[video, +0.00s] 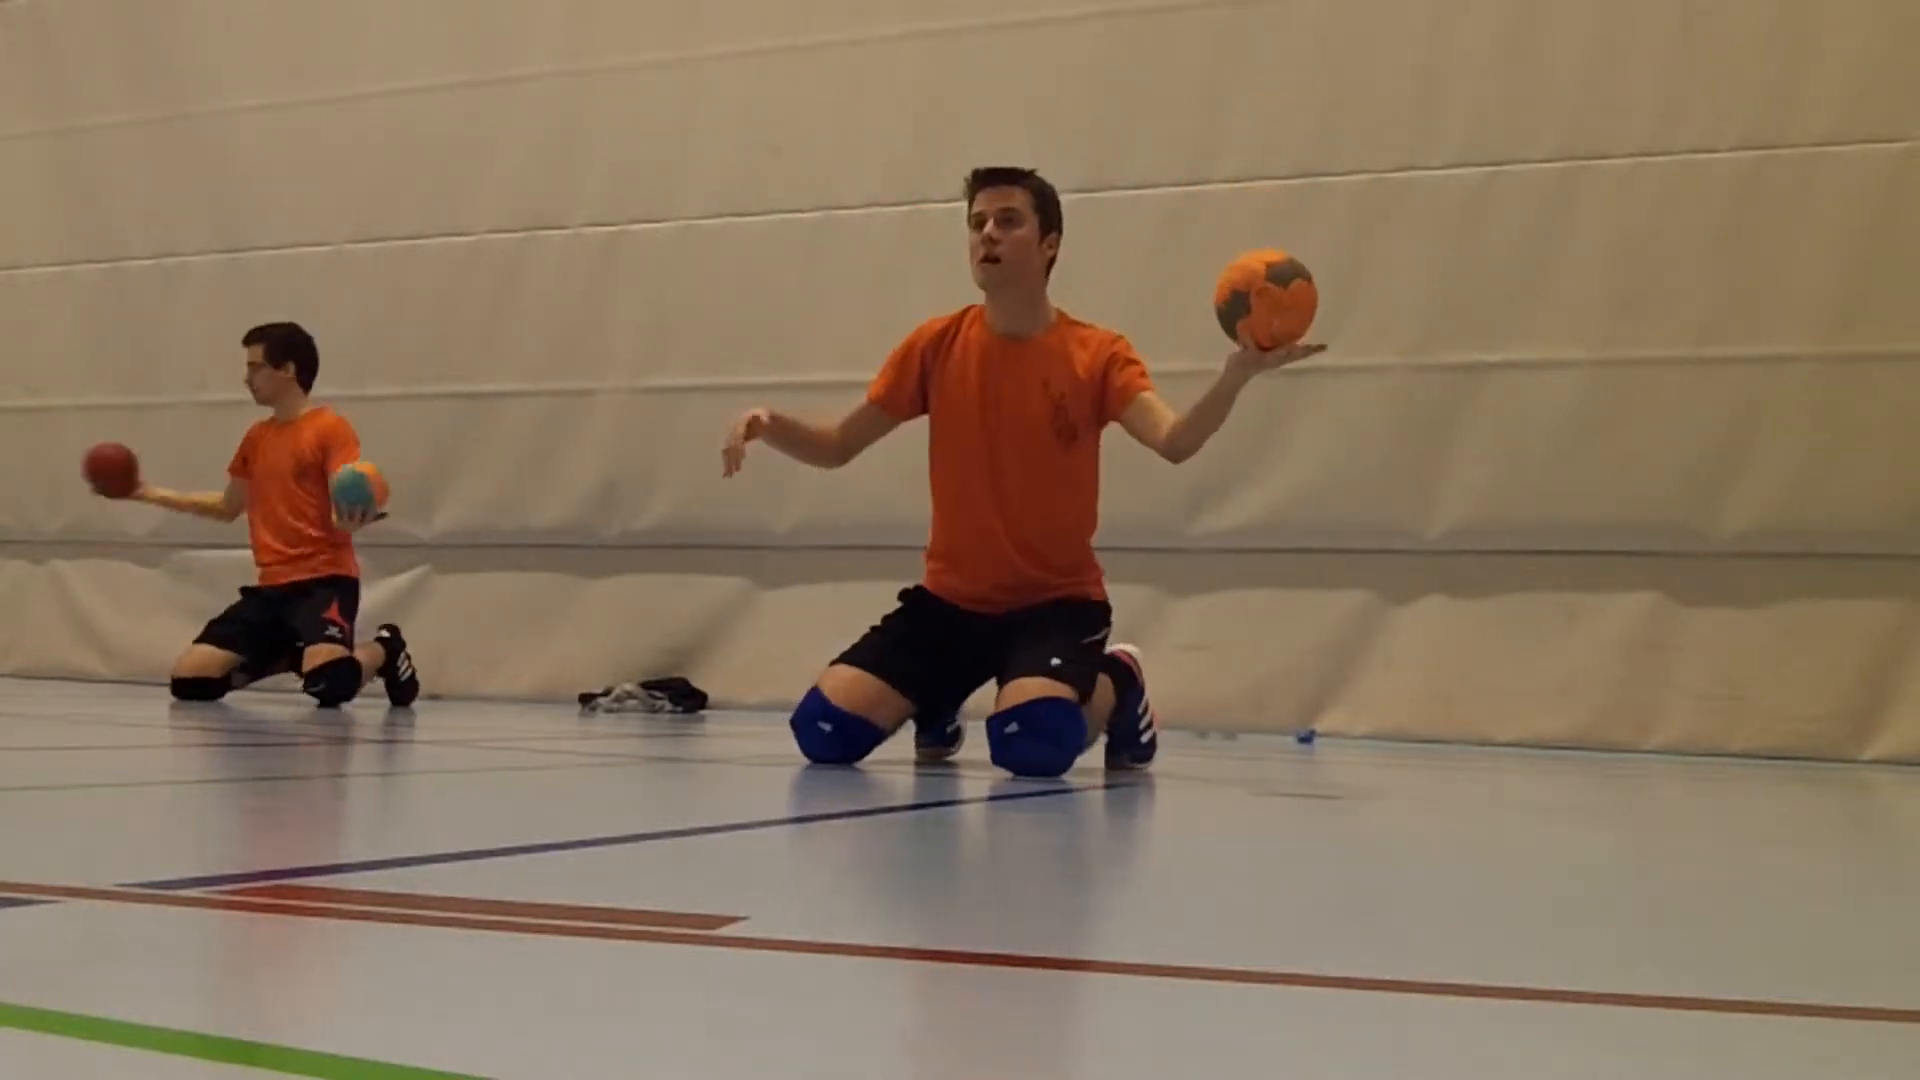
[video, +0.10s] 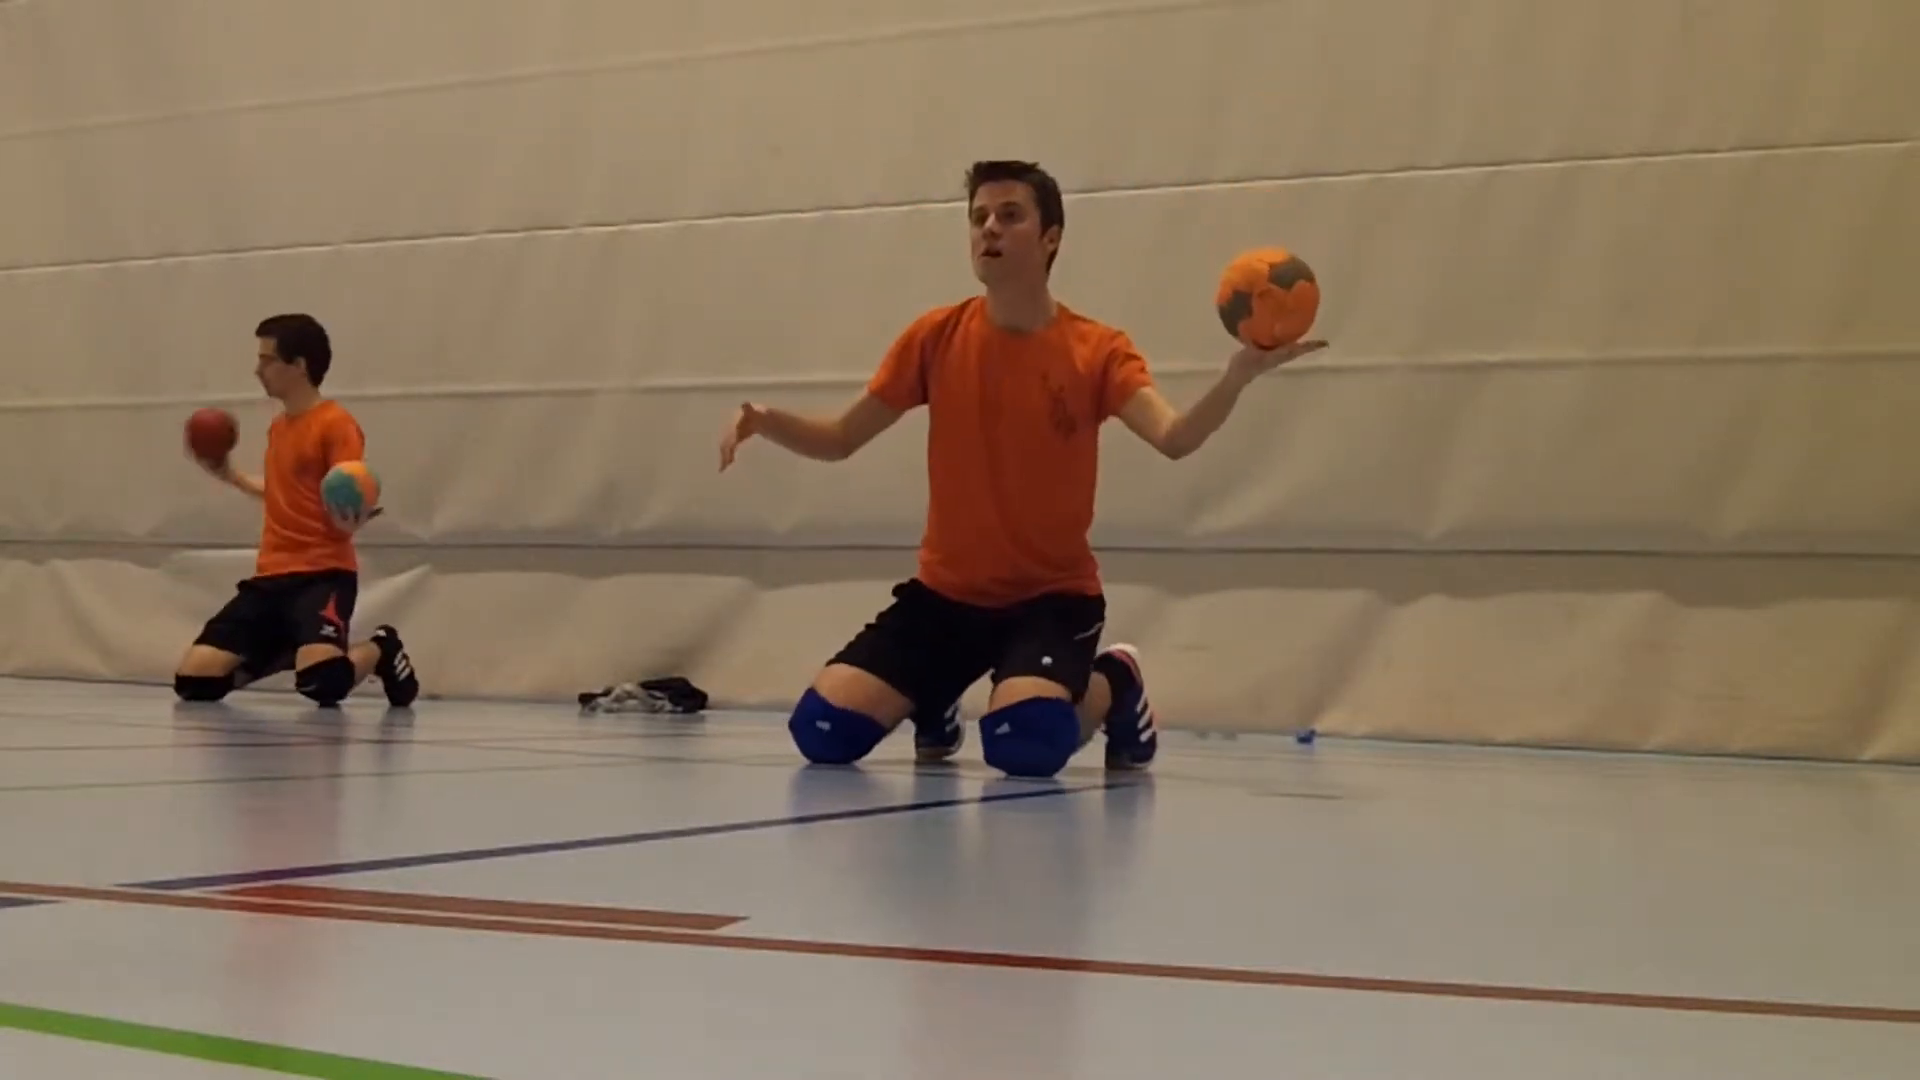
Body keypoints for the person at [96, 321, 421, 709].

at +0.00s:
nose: (246, 377)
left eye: (255, 367)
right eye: (247, 367)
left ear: (289, 371)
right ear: (276, 372)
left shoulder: (329, 428)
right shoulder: (258, 437)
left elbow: (346, 515)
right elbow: (226, 508)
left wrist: (355, 512)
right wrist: (144, 492)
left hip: (325, 585)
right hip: (270, 590)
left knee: (328, 685)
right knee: (188, 683)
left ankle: (386, 649)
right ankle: (298, 657)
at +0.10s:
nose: (257, 370)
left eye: (266, 360)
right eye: (259, 360)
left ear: (299, 366)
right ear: (292, 368)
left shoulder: (337, 425)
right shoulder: (278, 428)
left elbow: (354, 501)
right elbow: (279, 496)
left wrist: (352, 511)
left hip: (323, 579)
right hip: (269, 580)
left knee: (320, 684)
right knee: (194, 683)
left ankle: (381, 649)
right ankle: (303, 651)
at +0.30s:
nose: (280, 388)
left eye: (288, 379)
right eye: (279, 378)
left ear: (323, 377)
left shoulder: (344, 428)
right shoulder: (323, 423)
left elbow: (357, 494)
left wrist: (354, 523)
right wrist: (345, 400)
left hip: (321, 583)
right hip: (279, 582)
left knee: (308, 690)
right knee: (197, 682)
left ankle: (379, 651)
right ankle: (299, 649)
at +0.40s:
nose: (302, 401)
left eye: (310, 391)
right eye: (298, 392)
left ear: (343, 383)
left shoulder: (361, 437)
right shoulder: (332, 428)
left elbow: (366, 526)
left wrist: (351, 516)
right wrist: (352, 387)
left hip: (326, 585)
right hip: (281, 581)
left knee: (309, 690)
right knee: (199, 682)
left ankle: (378, 651)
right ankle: (298, 651)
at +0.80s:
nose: (329, 423)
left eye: (336, 410)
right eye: (319, 414)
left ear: (361, 398)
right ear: (311, 410)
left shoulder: (390, 457)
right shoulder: (322, 433)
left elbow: (415, 542)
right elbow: (280, 363)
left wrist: (392, 555)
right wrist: (360, 379)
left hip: (343, 595)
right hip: (291, 591)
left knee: (312, 690)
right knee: (199, 682)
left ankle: (376, 653)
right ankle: (306, 651)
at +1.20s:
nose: (313, 364)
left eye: (327, 358)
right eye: (312, 354)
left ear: (357, 371)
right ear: (307, 358)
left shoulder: (379, 434)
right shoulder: (294, 418)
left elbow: (408, 511)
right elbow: (207, 404)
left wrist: (407, 542)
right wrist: (279, 365)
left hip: (343, 583)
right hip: (285, 580)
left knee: (309, 690)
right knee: (205, 684)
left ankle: (377, 654)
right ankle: (302, 653)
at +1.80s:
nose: (247, 348)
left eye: (259, 338)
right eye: (244, 338)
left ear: (294, 348)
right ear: (243, 342)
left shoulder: (327, 411)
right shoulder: (250, 414)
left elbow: (350, 498)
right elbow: (221, 502)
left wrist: (325, 509)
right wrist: (170, 540)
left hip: (315, 570)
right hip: (258, 572)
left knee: (310, 690)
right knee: (197, 685)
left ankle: (376, 654)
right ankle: (297, 654)